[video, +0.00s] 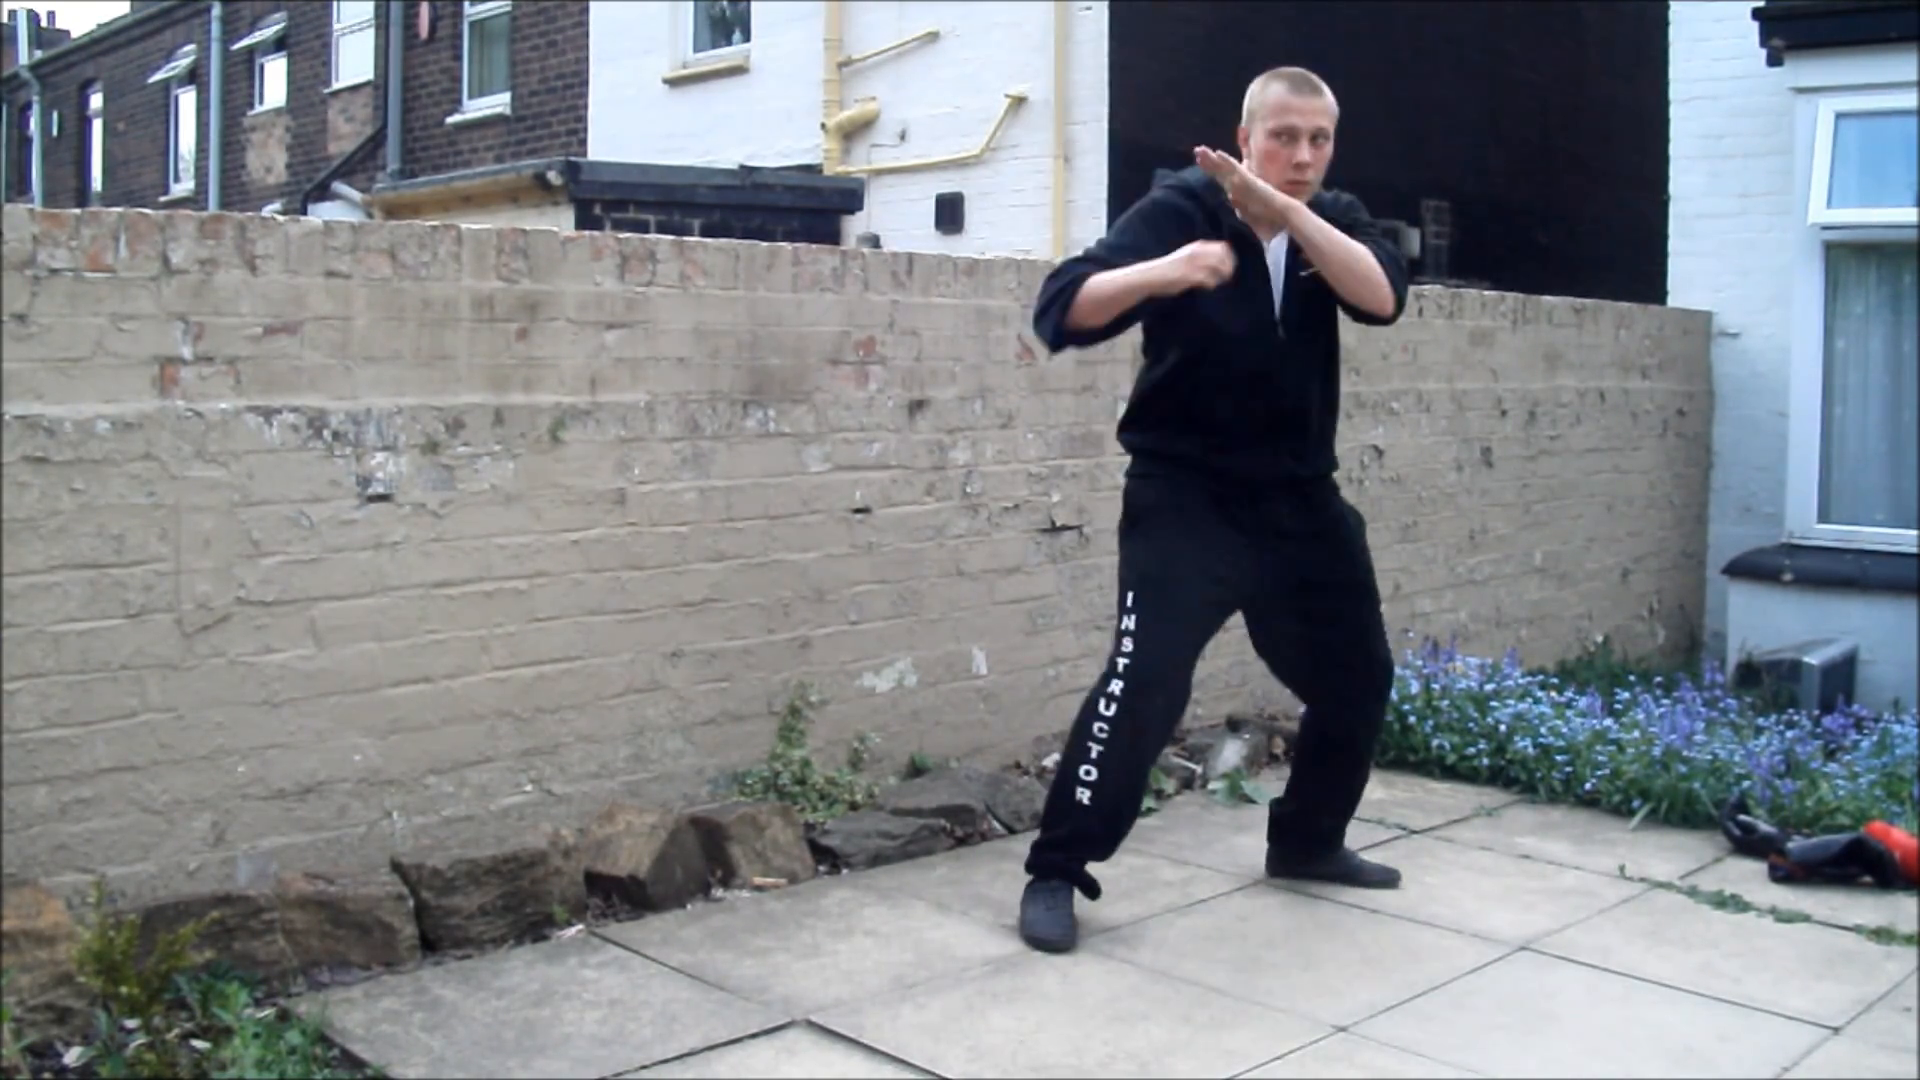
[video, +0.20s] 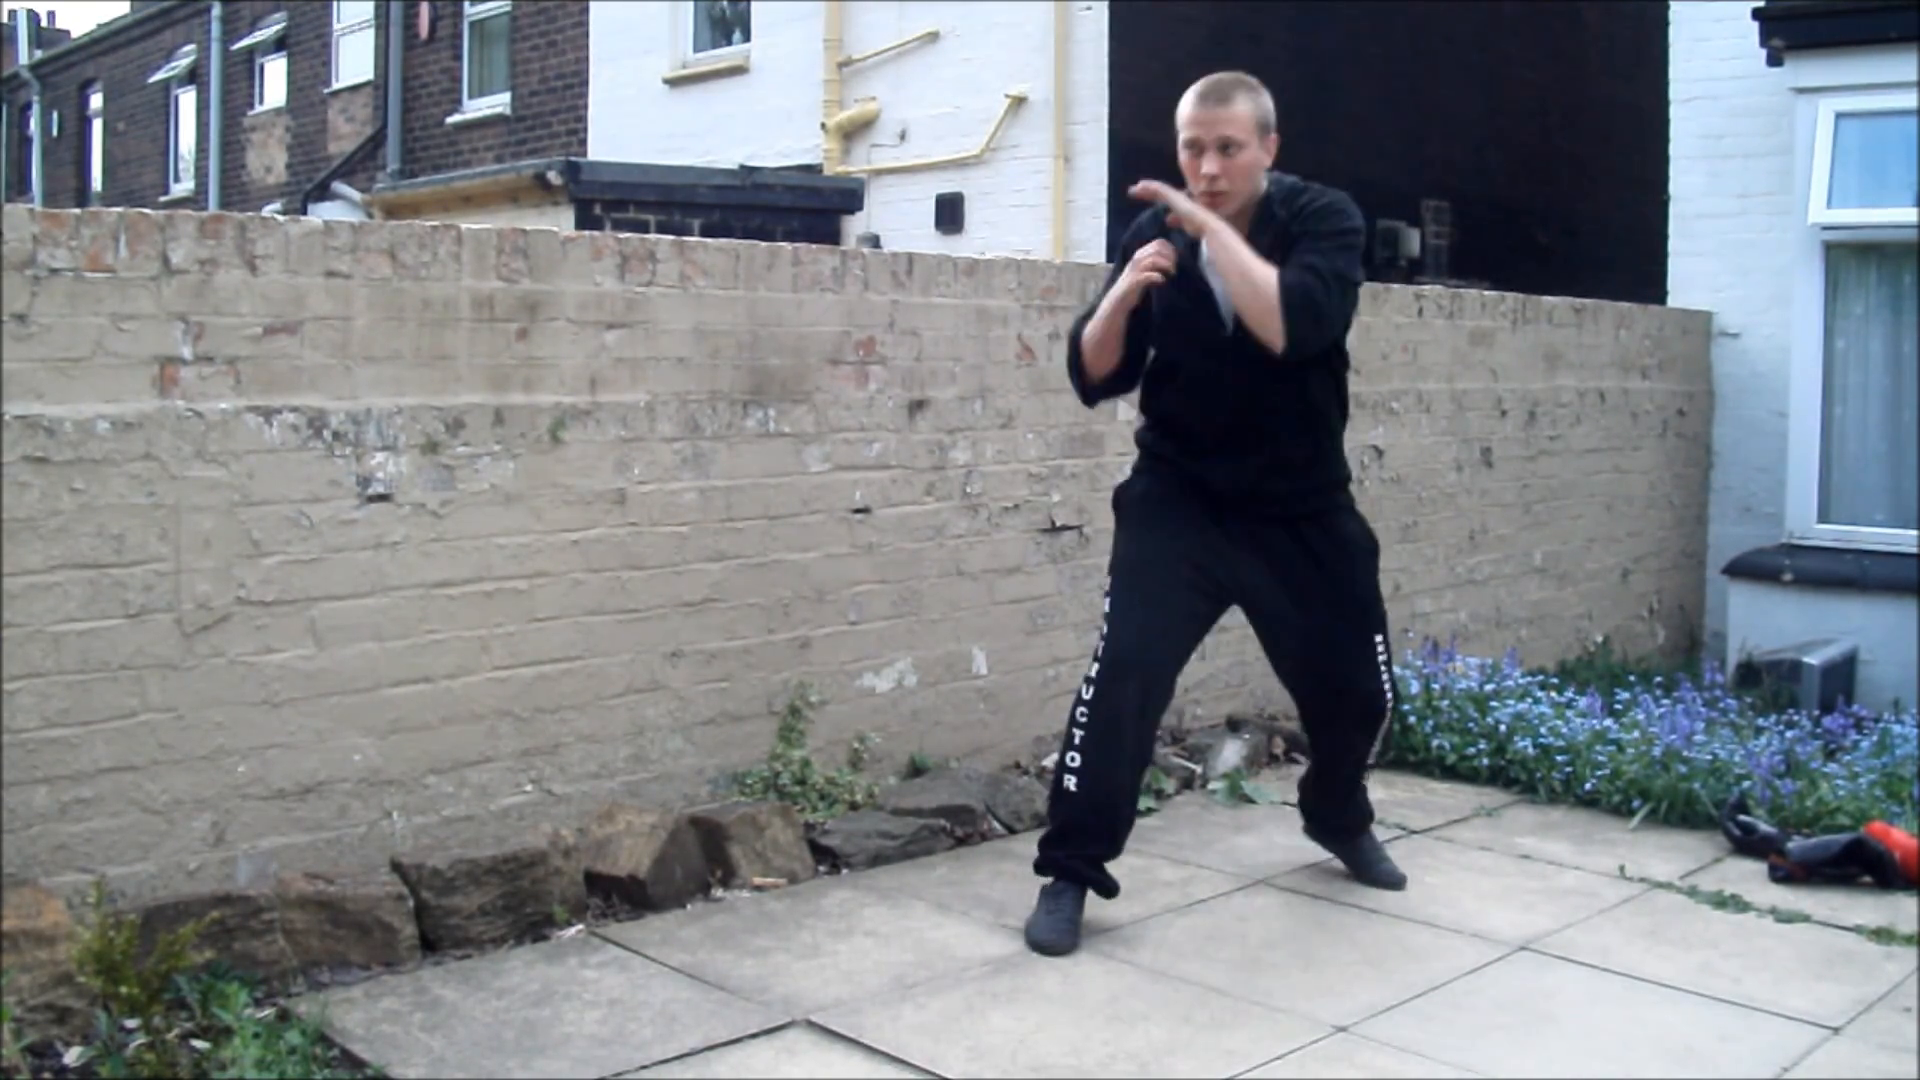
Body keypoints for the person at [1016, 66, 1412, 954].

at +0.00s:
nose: (1303, 154)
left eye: (1319, 139)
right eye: (1284, 137)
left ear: (1332, 147)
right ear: (1243, 142)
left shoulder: (1338, 220)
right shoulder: (1184, 208)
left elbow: (1383, 299)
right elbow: (1060, 311)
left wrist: (1289, 215)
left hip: (1300, 502)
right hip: (1183, 499)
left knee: (1359, 678)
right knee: (1145, 681)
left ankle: (1305, 845)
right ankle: (1056, 873)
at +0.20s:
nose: (1208, 167)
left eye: (1226, 149)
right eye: (1193, 151)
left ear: (1269, 149)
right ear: (1177, 153)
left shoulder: (1322, 219)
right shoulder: (1157, 236)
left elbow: (1295, 328)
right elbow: (1094, 378)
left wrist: (1208, 227)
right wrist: (1122, 297)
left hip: (1303, 512)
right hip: (1177, 507)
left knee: (1357, 699)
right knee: (1125, 676)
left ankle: (1339, 816)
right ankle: (1067, 875)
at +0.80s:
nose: (1211, 93)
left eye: (1232, 78)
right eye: (1196, 75)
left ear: (1264, 92)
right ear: (1171, 85)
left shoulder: (1293, 191)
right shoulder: (1114, 175)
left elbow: (1313, 289)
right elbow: (1026, 318)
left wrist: (1243, 170)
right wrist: (1088, 237)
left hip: (1234, 490)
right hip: (1109, 482)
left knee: (1259, 677)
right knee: (1043, 679)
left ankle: (1254, 846)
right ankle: (949, 877)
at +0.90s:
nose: (1165, 98)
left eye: (1186, 84)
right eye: (1153, 81)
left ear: (1221, 101)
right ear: (1131, 89)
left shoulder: (1256, 207)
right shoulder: (1070, 179)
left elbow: (1284, 348)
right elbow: (939, 216)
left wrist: (1231, 231)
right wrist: (1011, 121)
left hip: (1205, 492)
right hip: (1072, 486)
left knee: (1266, 668)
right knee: (1020, 683)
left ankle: (1276, 828)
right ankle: (944, 886)